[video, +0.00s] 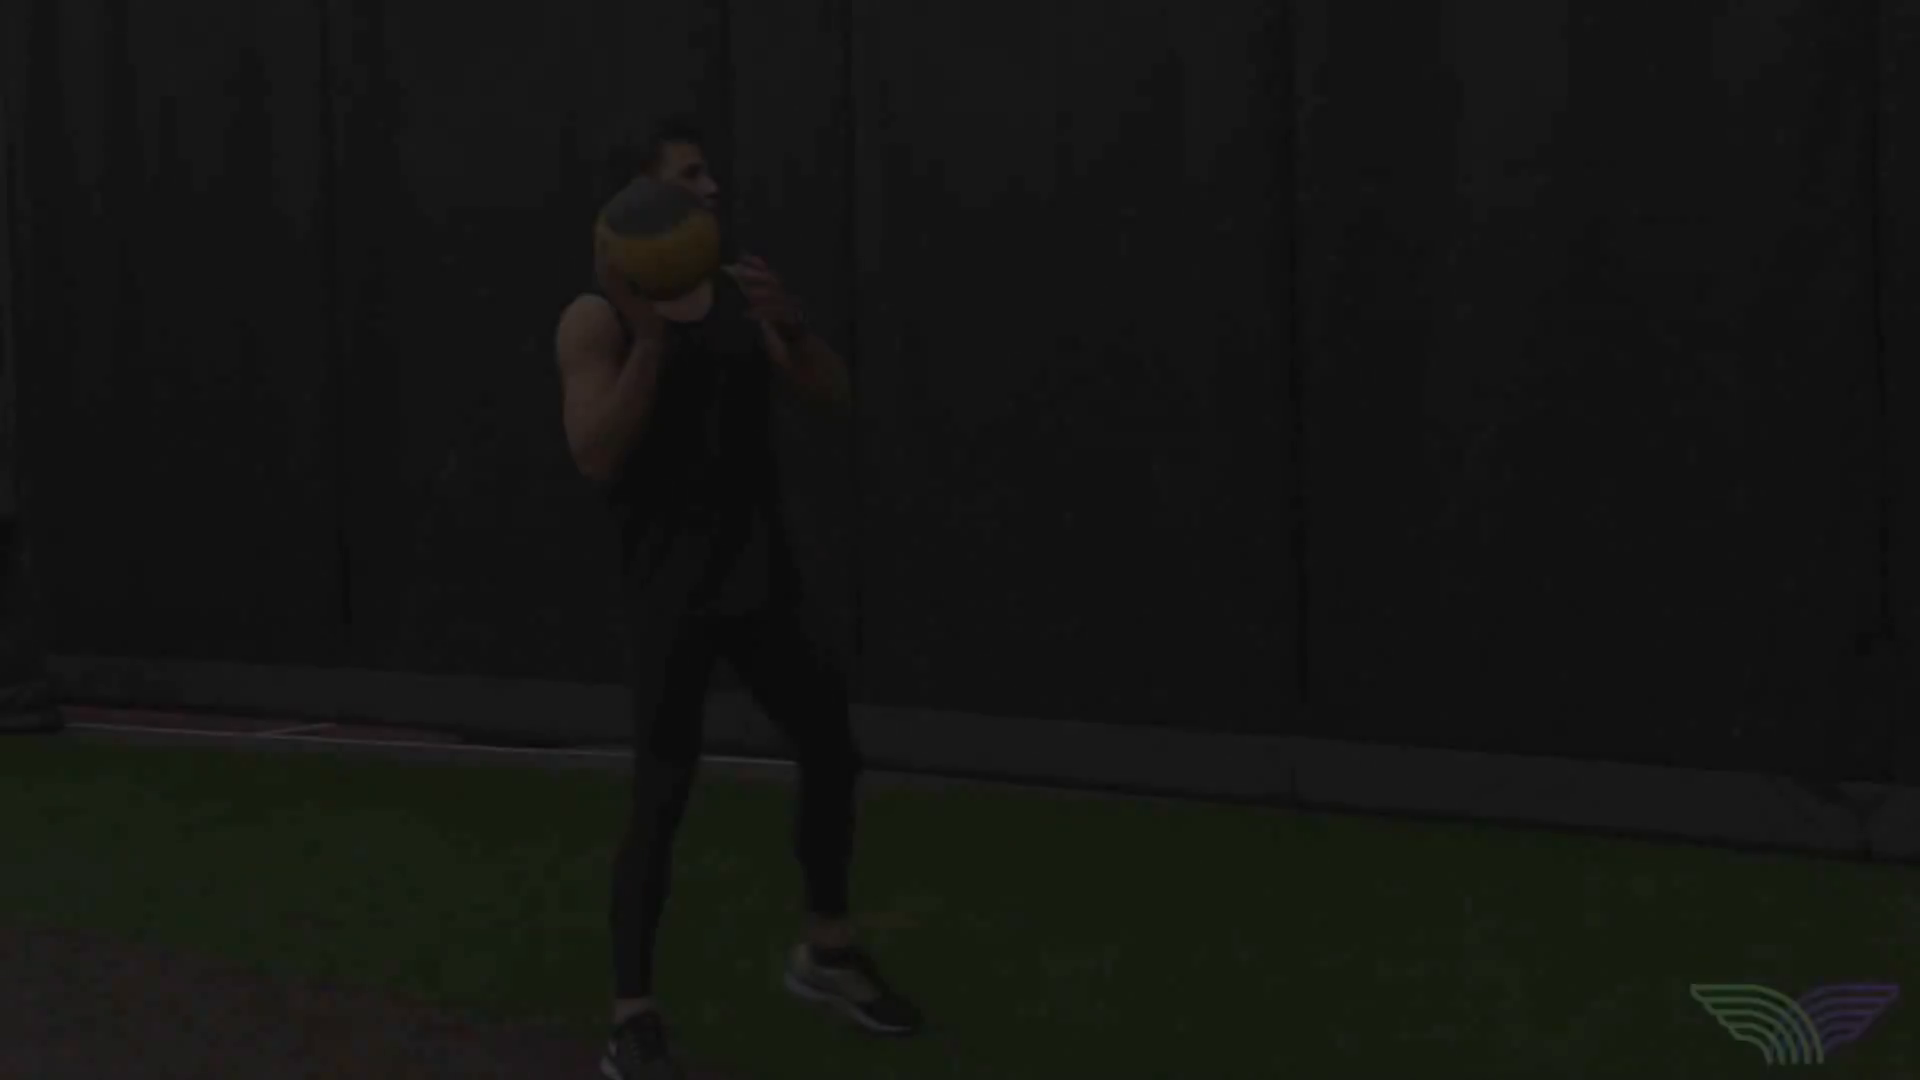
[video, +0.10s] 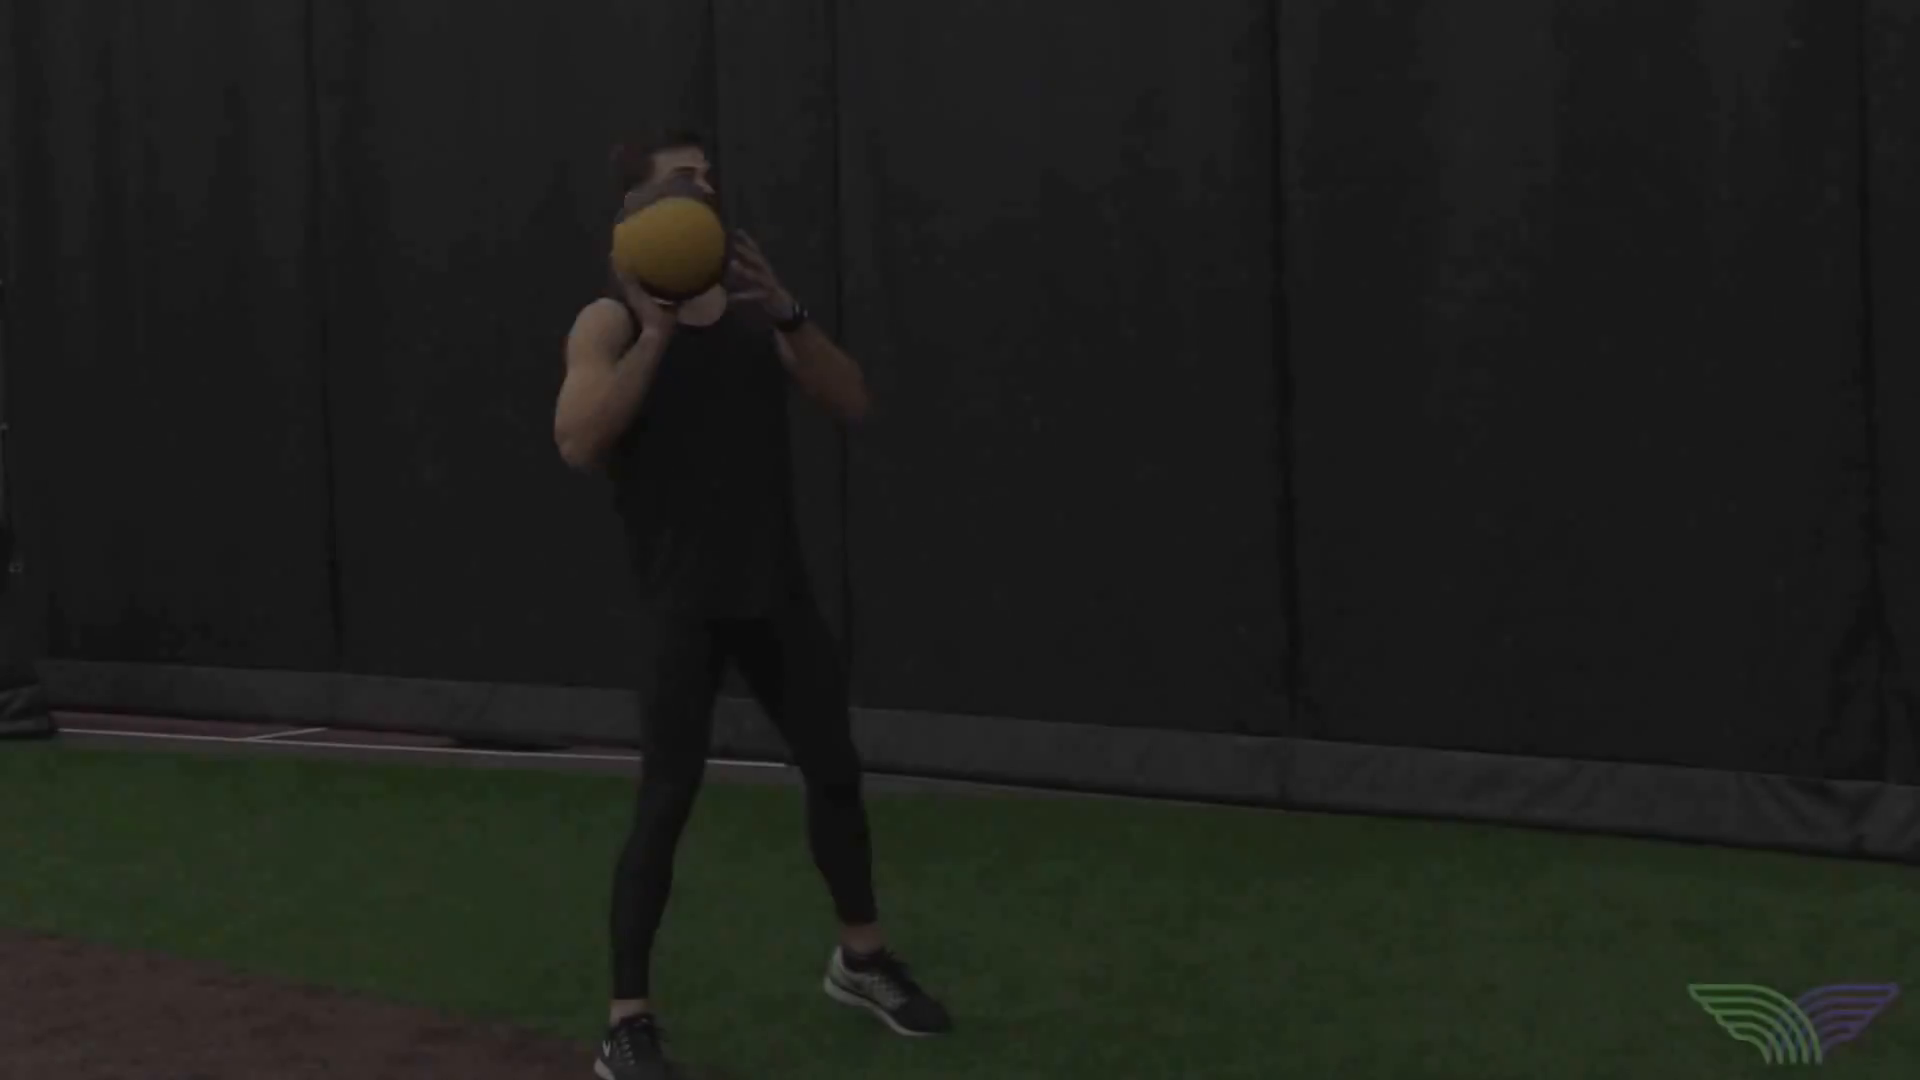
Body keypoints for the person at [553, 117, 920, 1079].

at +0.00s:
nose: (702, 192)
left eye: (705, 177)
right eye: (682, 179)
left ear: (715, 190)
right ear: (638, 196)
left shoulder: (737, 297)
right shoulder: (598, 317)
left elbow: (827, 396)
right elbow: (595, 452)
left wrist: (783, 328)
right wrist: (650, 339)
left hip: (758, 570)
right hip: (664, 580)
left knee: (830, 749)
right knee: (660, 789)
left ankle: (828, 948)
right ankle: (633, 1008)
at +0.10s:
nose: (694, 201)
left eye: (704, 187)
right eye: (674, 190)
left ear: (722, 209)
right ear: (633, 215)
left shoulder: (756, 312)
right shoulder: (607, 322)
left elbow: (852, 400)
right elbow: (577, 439)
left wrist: (784, 312)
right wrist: (652, 336)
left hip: (773, 581)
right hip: (678, 591)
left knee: (834, 766)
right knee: (665, 799)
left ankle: (864, 955)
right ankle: (629, 1015)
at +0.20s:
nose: (696, 201)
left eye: (707, 187)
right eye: (676, 190)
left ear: (728, 203)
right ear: (642, 213)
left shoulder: (771, 305)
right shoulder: (623, 319)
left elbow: (870, 405)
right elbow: (553, 415)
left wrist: (798, 315)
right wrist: (648, 332)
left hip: (790, 585)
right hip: (692, 593)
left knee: (837, 775)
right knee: (678, 796)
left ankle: (866, 967)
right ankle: (626, 1018)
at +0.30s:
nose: (727, 202)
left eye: (737, 189)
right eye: (706, 190)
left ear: (756, 207)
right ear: (669, 214)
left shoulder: (802, 315)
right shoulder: (651, 316)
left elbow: (901, 419)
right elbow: (552, 377)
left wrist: (832, 322)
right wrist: (656, 311)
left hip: (807, 590)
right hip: (710, 596)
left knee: (840, 779)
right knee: (689, 796)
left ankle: (861, 974)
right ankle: (629, 1013)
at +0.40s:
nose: (757, 195)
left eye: (766, 182)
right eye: (736, 185)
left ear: (781, 203)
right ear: (696, 211)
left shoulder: (818, 307)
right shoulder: (670, 303)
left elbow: (914, 427)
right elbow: (552, 345)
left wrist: (856, 338)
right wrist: (673, 303)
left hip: (811, 589)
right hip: (710, 589)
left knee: (849, 781)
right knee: (689, 787)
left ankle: (855, 976)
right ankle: (632, 1003)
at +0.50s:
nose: (770, 197)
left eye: (776, 185)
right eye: (749, 184)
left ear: (788, 205)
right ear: (704, 206)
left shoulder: (815, 306)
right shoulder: (666, 297)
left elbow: (910, 425)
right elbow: (540, 321)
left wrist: (856, 342)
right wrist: (668, 296)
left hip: (802, 588)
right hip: (699, 586)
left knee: (831, 781)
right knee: (680, 780)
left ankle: (840, 977)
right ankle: (625, 992)